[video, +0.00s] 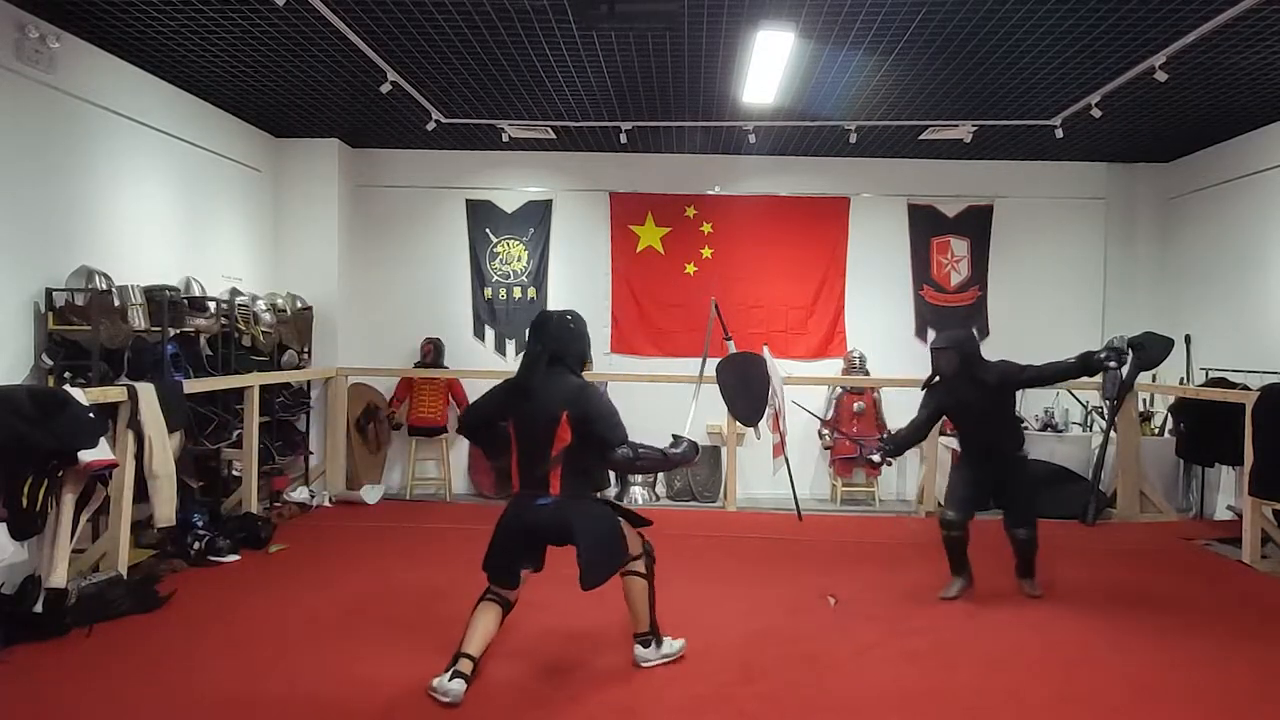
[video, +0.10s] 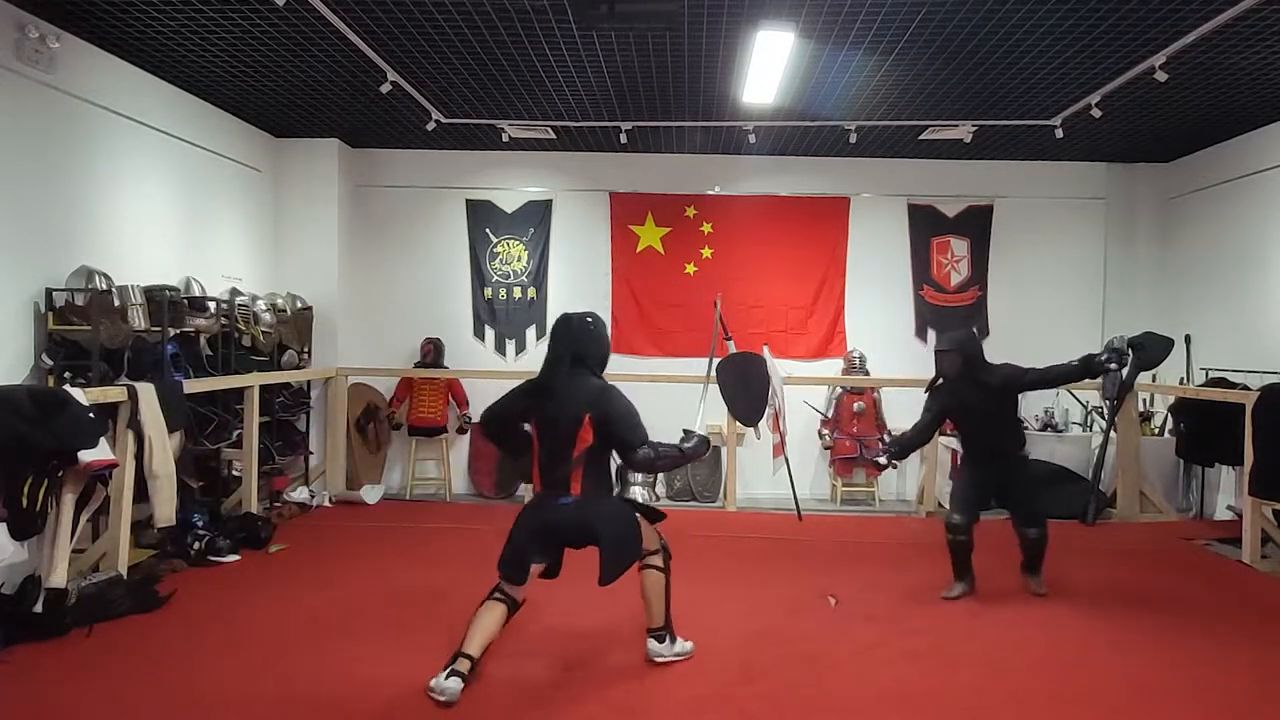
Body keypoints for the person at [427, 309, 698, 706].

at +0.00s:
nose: (588, 350)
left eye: (585, 342)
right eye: (584, 343)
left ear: (538, 346)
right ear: (574, 347)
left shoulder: (516, 387)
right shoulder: (582, 392)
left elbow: (470, 421)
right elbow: (618, 442)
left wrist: (502, 454)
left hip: (523, 510)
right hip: (577, 510)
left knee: (500, 590)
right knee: (636, 547)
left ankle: (458, 673)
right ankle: (647, 642)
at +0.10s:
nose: (608, 351)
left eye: (605, 343)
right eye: (604, 343)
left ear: (557, 347)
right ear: (596, 349)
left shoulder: (535, 389)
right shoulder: (605, 396)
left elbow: (492, 423)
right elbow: (639, 457)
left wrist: (533, 453)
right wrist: (687, 451)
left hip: (544, 510)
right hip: (596, 511)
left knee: (507, 590)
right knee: (652, 544)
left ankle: (456, 671)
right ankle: (660, 638)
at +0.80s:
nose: (810, 373)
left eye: (807, 367)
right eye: (807, 368)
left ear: (766, 372)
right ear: (802, 374)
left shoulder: (749, 403)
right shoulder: (817, 414)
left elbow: (705, 426)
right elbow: (849, 465)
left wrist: (733, 464)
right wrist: (890, 443)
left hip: (752, 511)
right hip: (799, 510)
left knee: (725, 582)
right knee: (832, 540)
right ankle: (837, 612)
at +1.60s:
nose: (752, 337)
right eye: (749, 330)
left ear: (706, 335)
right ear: (744, 335)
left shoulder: (688, 370)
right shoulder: (751, 374)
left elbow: (645, 396)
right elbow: (780, 433)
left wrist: (673, 429)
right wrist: (830, 427)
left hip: (689, 480)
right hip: (734, 482)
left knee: (670, 547)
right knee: (770, 536)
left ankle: (656, 620)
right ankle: (753, 614)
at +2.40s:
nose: (520, 368)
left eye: (517, 364)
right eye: (517, 363)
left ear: (474, 364)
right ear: (510, 363)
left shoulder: (456, 395)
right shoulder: (521, 387)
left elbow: (409, 430)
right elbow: (567, 419)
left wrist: (441, 462)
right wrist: (619, 430)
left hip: (456, 502)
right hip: (504, 499)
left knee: (439, 563)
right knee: (559, 560)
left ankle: (398, 641)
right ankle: (615, 632)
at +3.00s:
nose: (404, 329)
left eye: (401, 319)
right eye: (399, 320)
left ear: (355, 324)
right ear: (382, 325)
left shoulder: (325, 365)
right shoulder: (377, 376)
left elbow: (291, 391)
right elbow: (386, 449)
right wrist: (459, 464)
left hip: (307, 501)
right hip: (348, 506)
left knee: (292, 599)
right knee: (418, 574)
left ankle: (222, 690)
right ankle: (343, 655)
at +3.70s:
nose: (563, 326)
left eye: (560, 317)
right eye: (560, 318)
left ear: (509, 322)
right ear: (550, 324)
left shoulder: (488, 369)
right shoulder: (560, 377)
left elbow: (458, 398)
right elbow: (607, 424)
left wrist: (492, 427)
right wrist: (669, 430)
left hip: (495, 492)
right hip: (544, 494)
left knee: (501, 581)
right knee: (592, 557)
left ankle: (481, 664)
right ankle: (547, 643)